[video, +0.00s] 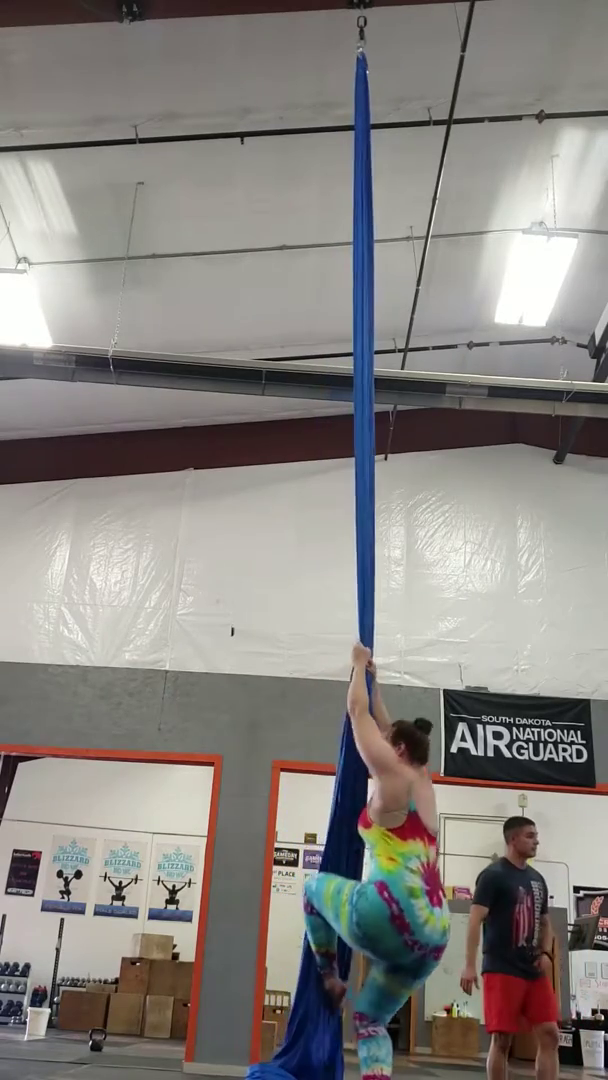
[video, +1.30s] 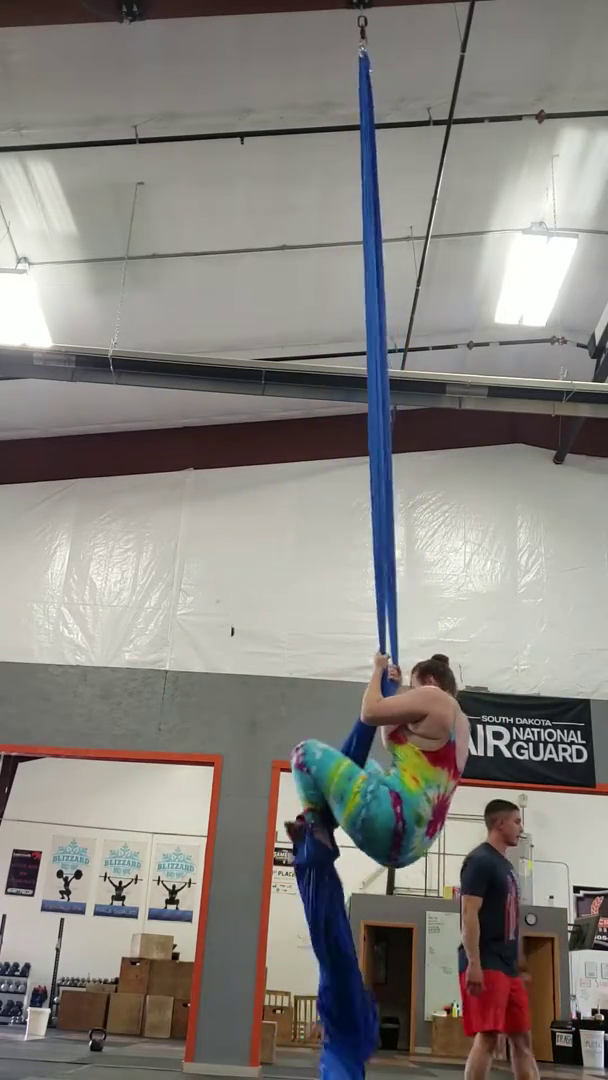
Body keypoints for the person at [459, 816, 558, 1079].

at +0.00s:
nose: (536, 840)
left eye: (536, 836)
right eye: (530, 836)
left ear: (530, 840)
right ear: (511, 839)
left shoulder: (537, 879)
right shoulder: (492, 875)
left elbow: (545, 921)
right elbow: (474, 920)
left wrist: (545, 952)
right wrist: (469, 966)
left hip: (534, 969)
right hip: (501, 969)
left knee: (549, 1036)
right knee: (501, 1041)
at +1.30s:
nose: (521, 828)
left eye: (520, 822)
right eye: (516, 821)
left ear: (499, 824)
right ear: (498, 823)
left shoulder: (504, 864)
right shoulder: (480, 860)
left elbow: (509, 918)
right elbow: (469, 913)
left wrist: (517, 964)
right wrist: (474, 963)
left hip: (509, 968)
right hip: (487, 967)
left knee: (522, 1040)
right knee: (487, 1040)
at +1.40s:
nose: (513, 826)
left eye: (513, 820)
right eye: (509, 820)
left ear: (493, 822)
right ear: (491, 821)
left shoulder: (491, 858)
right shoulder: (476, 857)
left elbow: (491, 912)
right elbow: (467, 910)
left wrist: (502, 961)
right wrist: (470, 962)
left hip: (501, 965)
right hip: (481, 965)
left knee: (512, 1036)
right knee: (480, 1039)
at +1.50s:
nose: (505, 825)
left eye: (505, 819)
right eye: (502, 819)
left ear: (484, 821)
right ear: (484, 820)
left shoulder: (482, 857)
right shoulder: (471, 857)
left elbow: (487, 914)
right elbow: (467, 911)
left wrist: (496, 962)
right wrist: (473, 961)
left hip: (491, 963)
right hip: (474, 963)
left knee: (503, 1032)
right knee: (478, 1037)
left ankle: (493, 1075)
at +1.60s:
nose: (497, 825)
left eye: (496, 819)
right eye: (493, 819)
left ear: (475, 821)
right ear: (476, 820)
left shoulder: (467, 854)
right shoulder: (466, 857)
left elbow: (471, 912)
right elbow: (468, 912)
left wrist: (486, 961)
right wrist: (483, 961)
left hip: (471, 961)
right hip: (468, 961)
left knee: (478, 1038)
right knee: (474, 1039)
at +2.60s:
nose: (421, 829)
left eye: (420, 824)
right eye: (417, 823)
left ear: (395, 825)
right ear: (400, 824)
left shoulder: (377, 862)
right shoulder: (403, 858)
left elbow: (373, 918)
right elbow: (412, 908)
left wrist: (371, 965)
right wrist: (429, 955)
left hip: (378, 962)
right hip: (404, 960)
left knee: (383, 1031)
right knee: (420, 1031)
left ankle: (378, 1077)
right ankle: (424, 1078)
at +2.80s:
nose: (421, 830)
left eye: (420, 824)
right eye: (417, 824)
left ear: (395, 826)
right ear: (401, 824)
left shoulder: (373, 863)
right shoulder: (406, 859)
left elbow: (371, 916)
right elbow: (419, 908)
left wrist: (372, 961)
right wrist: (435, 957)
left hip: (375, 961)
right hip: (405, 959)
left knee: (380, 1031)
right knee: (424, 1029)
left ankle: (377, 1077)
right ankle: (433, 1076)